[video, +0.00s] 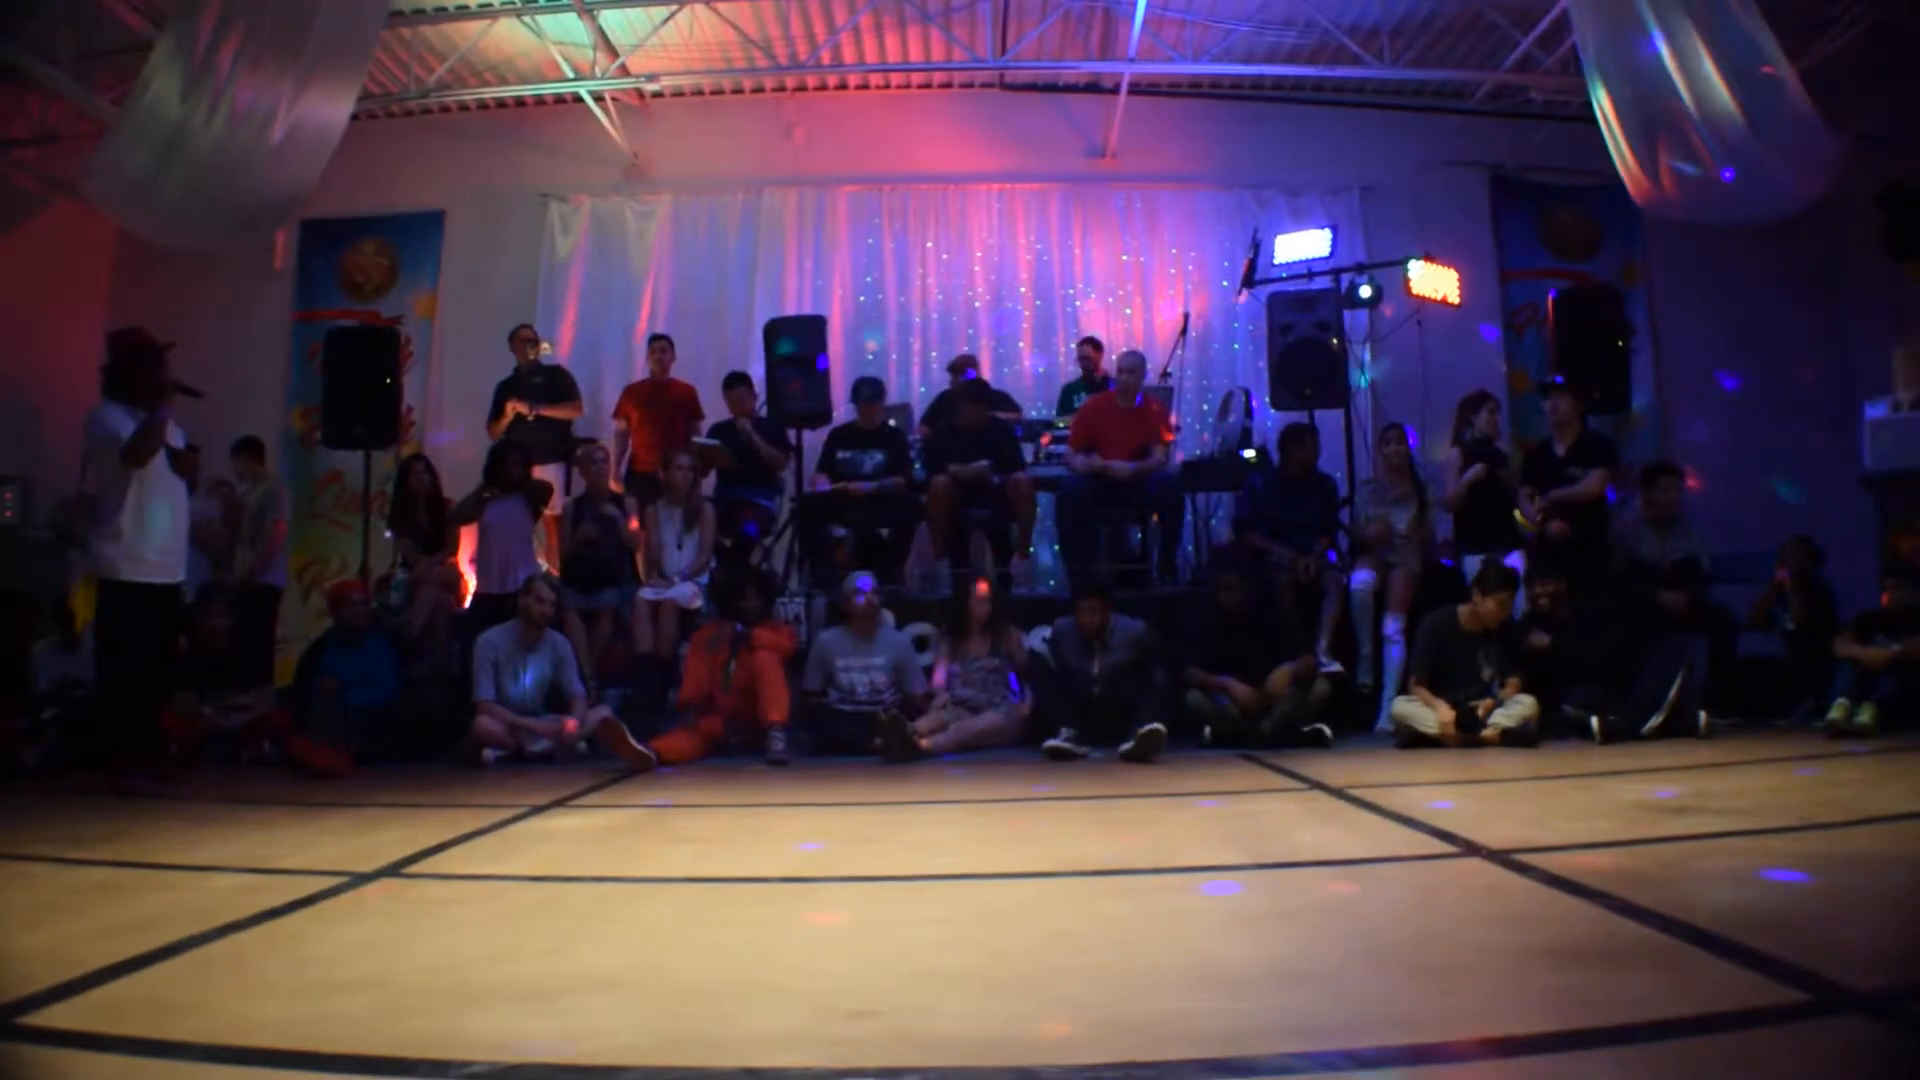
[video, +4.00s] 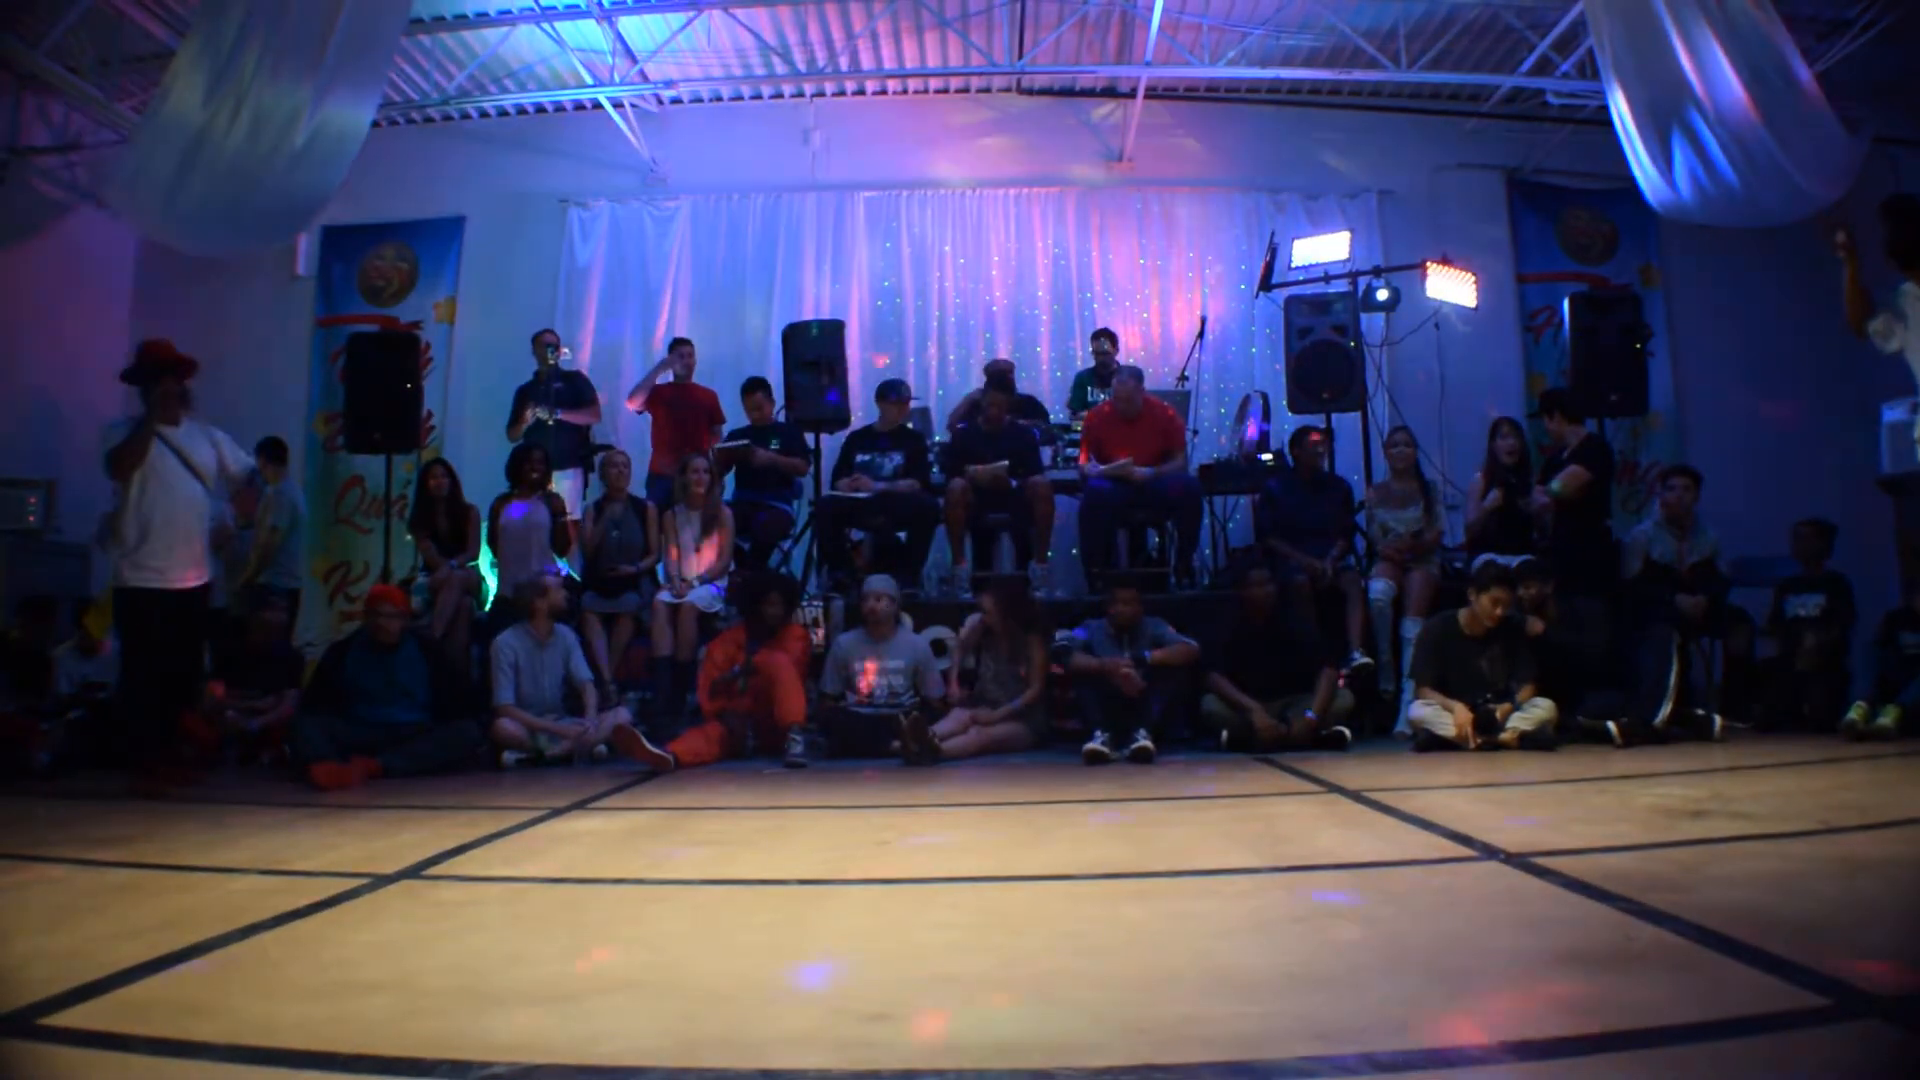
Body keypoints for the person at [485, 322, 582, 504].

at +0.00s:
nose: (529, 346)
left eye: (533, 341)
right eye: (523, 341)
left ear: (539, 345)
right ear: (512, 347)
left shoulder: (557, 374)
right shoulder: (506, 386)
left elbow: (576, 409)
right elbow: (494, 432)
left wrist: (538, 410)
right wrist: (508, 414)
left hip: (552, 460)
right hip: (517, 462)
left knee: (552, 519)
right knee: (520, 520)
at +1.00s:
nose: (551, 347)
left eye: (554, 342)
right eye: (544, 344)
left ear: (562, 346)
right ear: (535, 350)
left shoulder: (579, 376)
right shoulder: (528, 388)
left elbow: (598, 412)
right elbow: (516, 434)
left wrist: (561, 412)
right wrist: (530, 421)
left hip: (575, 459)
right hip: (541, 462)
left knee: (577, 521)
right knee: (542, 520)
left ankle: (582, 576)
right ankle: (544, 577)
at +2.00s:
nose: (549, 352)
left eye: (552, 346)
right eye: (543, 348)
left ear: (560, 350)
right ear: (533, 353)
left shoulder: (577, 380)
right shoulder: (526, 391)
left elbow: (594, 415)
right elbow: (514, 436)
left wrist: (558, 414)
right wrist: (527, 421)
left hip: (571, 463)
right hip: (538, 465)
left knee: (573, 523)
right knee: (538, 522)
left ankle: (575, 576)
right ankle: (540, 579)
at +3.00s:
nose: (545, 352)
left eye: (549, 346)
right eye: (539, 348)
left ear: (557, 349)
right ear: (532, 354)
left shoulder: (576, 379)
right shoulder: (525, 390)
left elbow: (593, 415)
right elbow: (513, 435)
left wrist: (556, 413)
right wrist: (523, 421)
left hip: (569, 465)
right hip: (536, 467)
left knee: (570, 525)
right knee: (536, 525)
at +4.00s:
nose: (550, 351)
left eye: (554, 347)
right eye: (544, 347)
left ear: (560, 351)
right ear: (534, 352)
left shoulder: (576, 380)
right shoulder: (526, 390)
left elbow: (594, 415)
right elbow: (512, 435)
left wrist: (557, 414)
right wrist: (526, 421)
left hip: (570, 464)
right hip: (537, 466)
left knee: (569, 525)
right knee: (535, 524)